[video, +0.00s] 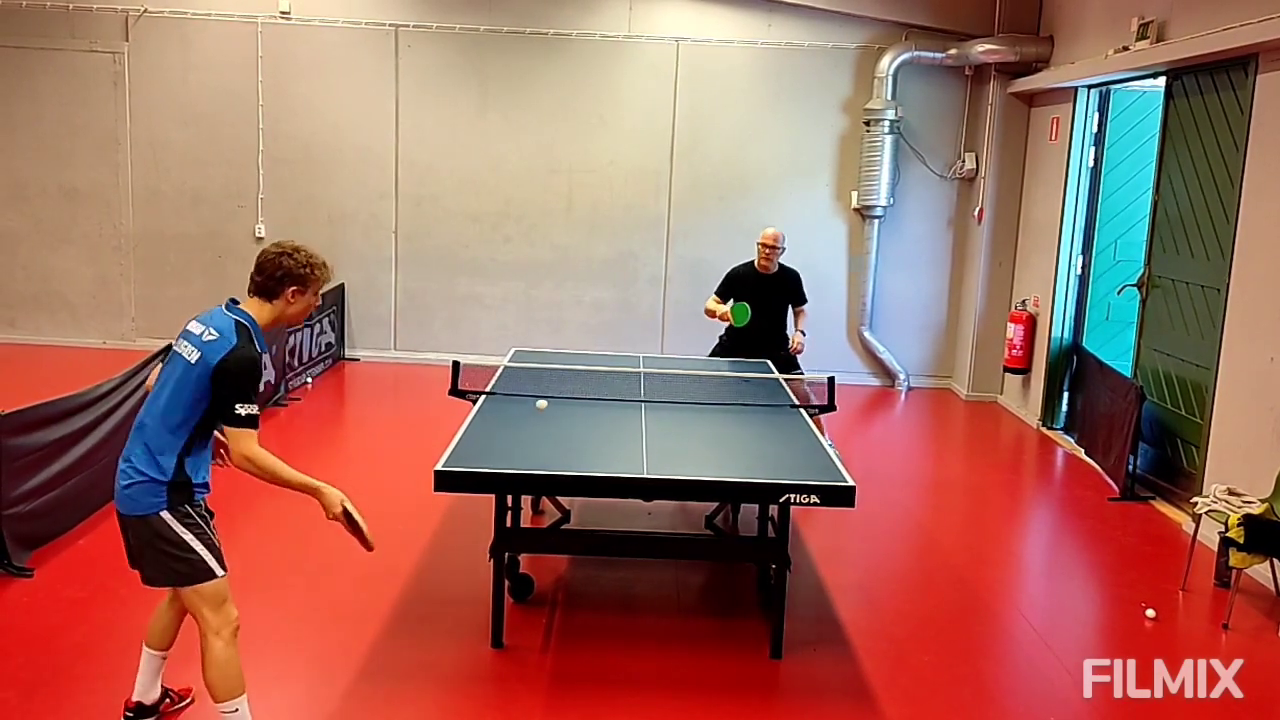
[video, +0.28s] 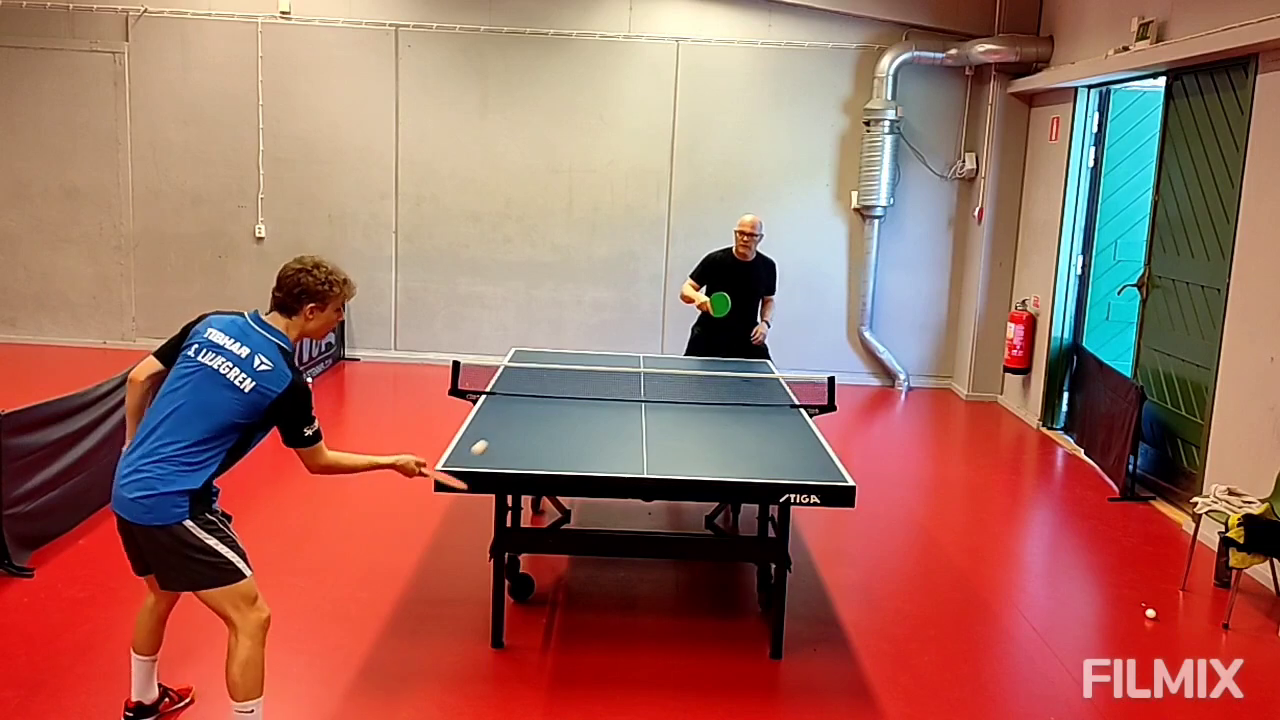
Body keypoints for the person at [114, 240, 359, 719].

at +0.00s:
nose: (311, 308)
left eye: (314, 299)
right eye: (312, 298)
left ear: (264, 286)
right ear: (291, 294)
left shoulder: (213, 319)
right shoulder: (243, 351)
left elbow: (157, 382)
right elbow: (243, 453)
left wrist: (206, 431)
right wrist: (318, 489)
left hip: (145, 484)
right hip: (165, 496)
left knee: (181, 594)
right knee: (220, 621)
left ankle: (145, 699)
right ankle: (239, 717)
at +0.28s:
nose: (339, 320)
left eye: (341, 311)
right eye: (337, 310)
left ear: (291, 301)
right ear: (310, 310)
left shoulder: (212, 323)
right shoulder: (286, 380)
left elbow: (139, 378)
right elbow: (318, 460)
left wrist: (135, 447)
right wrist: (390, 461)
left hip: (129, 491)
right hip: (175, 504)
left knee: (161, 592)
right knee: (249, 618)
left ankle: (143, 700)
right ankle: (249, 718)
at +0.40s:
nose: (336, 302)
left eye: (337, 293)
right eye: (335, 294)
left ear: (276, 284)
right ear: (313, 298)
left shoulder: (209, 317)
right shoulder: (294, 370)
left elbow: (141, 374)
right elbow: (324, 445)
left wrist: (103, 439)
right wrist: (387, 435)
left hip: (142, 492)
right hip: (195, 505)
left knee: (150, 595)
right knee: (261, 617)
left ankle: (136, 700)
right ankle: (252, 717)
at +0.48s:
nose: (327, 294)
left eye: (329, 285)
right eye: (326, 285)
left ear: (269, 276)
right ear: (307, 288)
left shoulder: (203, 313)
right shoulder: (292, 363)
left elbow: (139, 373)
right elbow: (322, 442)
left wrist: (94, 441)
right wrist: (379, 428)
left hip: (144, 489)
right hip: (198, 503)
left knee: (148, 595)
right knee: (258, 618)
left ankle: (120, 704)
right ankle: (252, 718)